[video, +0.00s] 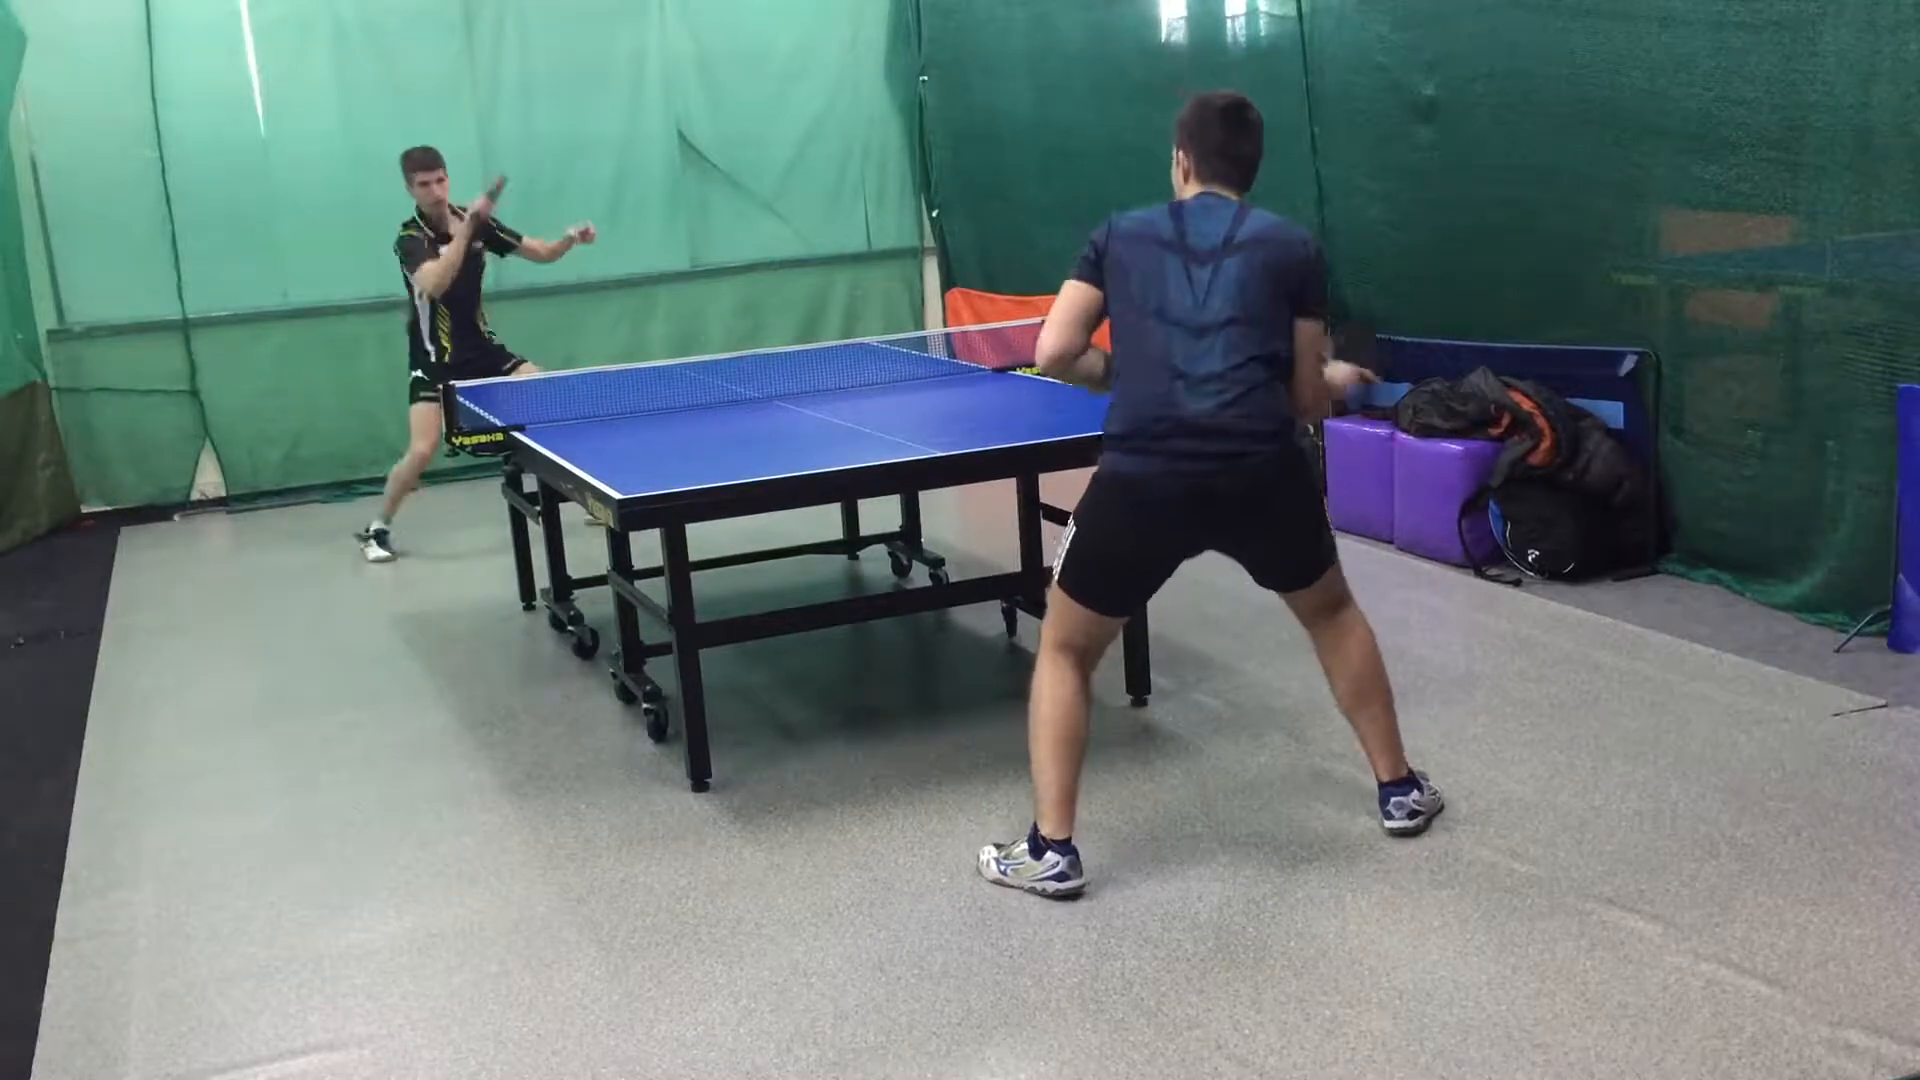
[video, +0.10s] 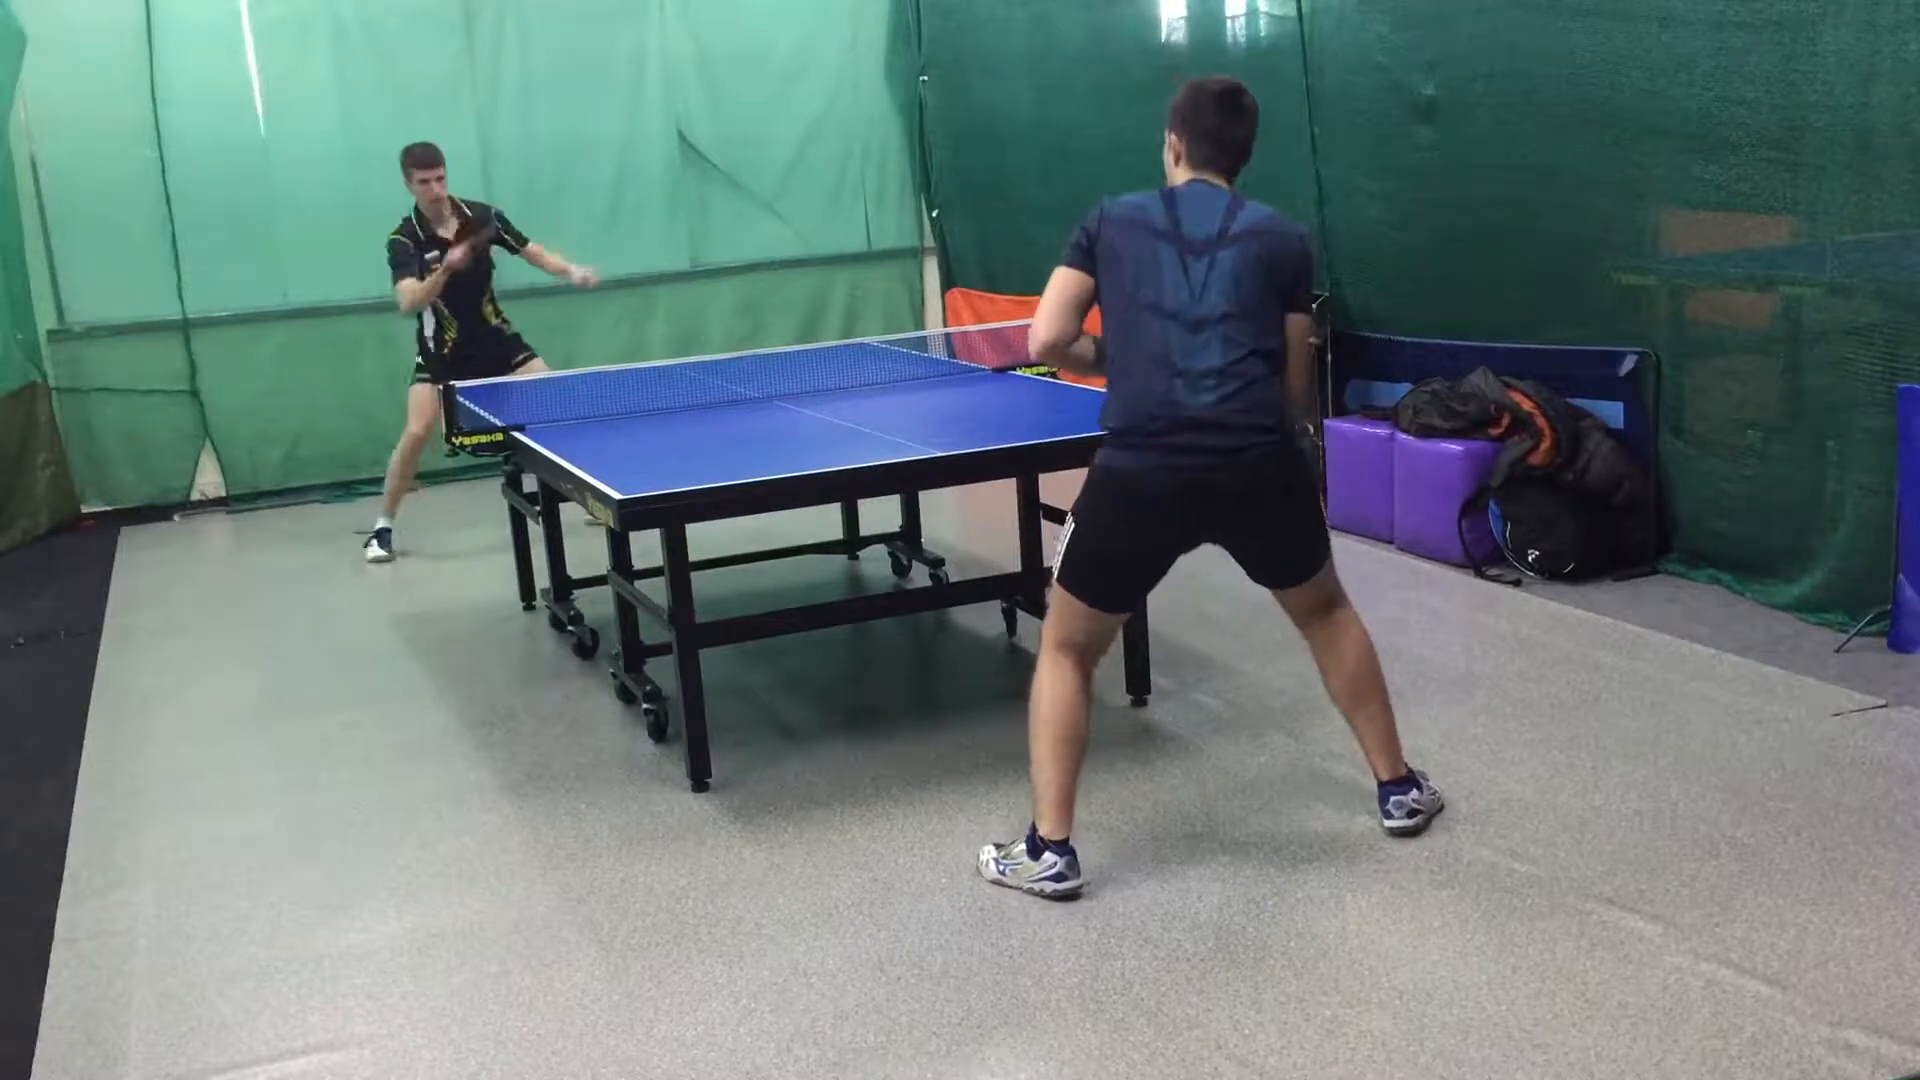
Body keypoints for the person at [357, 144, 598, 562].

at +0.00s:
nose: (436, 190)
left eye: (439, 181)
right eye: (425, 185)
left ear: (448, 179)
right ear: (410, 189)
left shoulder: (474, 221)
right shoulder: (411, 237)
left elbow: (539, 252)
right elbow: (433, 284)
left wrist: (569, 241)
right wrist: (469, 225)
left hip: (480, 348)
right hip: (434, 361)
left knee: (552, 394)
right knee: (423, 451)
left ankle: (592, 493)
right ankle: (380, 526)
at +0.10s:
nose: (437, 189)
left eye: (441, 179)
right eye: (427, 183)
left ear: (448, 175)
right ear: (410, 184)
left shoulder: (482, 217)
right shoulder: (405, 239)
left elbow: (532, 252)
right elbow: (408, 300)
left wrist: (569, 269)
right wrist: (446, 269)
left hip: (495, 338)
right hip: (440, 351)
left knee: (559, 397)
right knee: (418, 431)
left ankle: (592, 491)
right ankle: (384, 526)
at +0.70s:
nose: (478, 186)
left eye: (484, 176)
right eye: (470, 180)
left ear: (503, 174)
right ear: (464, 185)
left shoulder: (542, 209)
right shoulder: (471, 230)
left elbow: (602, 238)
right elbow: (482, 258)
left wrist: (620, 231)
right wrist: (510, 201)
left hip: (569, 332)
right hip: (520, 343)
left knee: (629, 390)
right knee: (498, 425)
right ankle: (477, 511)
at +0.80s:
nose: (509, 186)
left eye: (513, 176)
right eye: (499, 181)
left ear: (524, 174)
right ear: (487, 186)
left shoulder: (556, 215)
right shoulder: (494, 230)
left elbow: (614, 246)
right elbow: (532, 254)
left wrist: (648, 236)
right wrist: (556, 202)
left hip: (573, 338)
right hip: (530, 351)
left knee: (631, 377)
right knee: (516, 440)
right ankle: (471, 510)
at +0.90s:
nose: (518, 181)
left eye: (522, 172)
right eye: (508, 176)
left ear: (533, 170)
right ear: (497, 180)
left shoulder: (563, 209)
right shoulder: (499, 227)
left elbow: (618, 246)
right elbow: (509, 279)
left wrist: (655, 250)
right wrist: (549, 232)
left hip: (574, 335)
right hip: (525, 348)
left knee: (635, 384)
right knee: (495, 435)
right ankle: (465, 511)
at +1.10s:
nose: (481, 183)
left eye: (486, 174)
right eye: (471, 177)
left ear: (496, 171)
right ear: (459, 181)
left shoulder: (531, 212)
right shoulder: (454, 231)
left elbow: (579, 267)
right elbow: (446, 307)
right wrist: (474, 300)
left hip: (550, 322)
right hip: (500, 330)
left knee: (603, 396)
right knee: (464, 410)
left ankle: (624, 490)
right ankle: (451, 510)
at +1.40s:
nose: (459, 174)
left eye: (464, 165)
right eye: (449, 168)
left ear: (474, 162)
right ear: (437, 172)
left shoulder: (506, 210)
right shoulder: (442, 220)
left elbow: (534, 280)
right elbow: (456, 284)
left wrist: (488, 322)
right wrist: (415, 325)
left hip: (542, 312)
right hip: (495, 320)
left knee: (587, 399)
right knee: (458, 404)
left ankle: (615, 492)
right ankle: (451, 510)